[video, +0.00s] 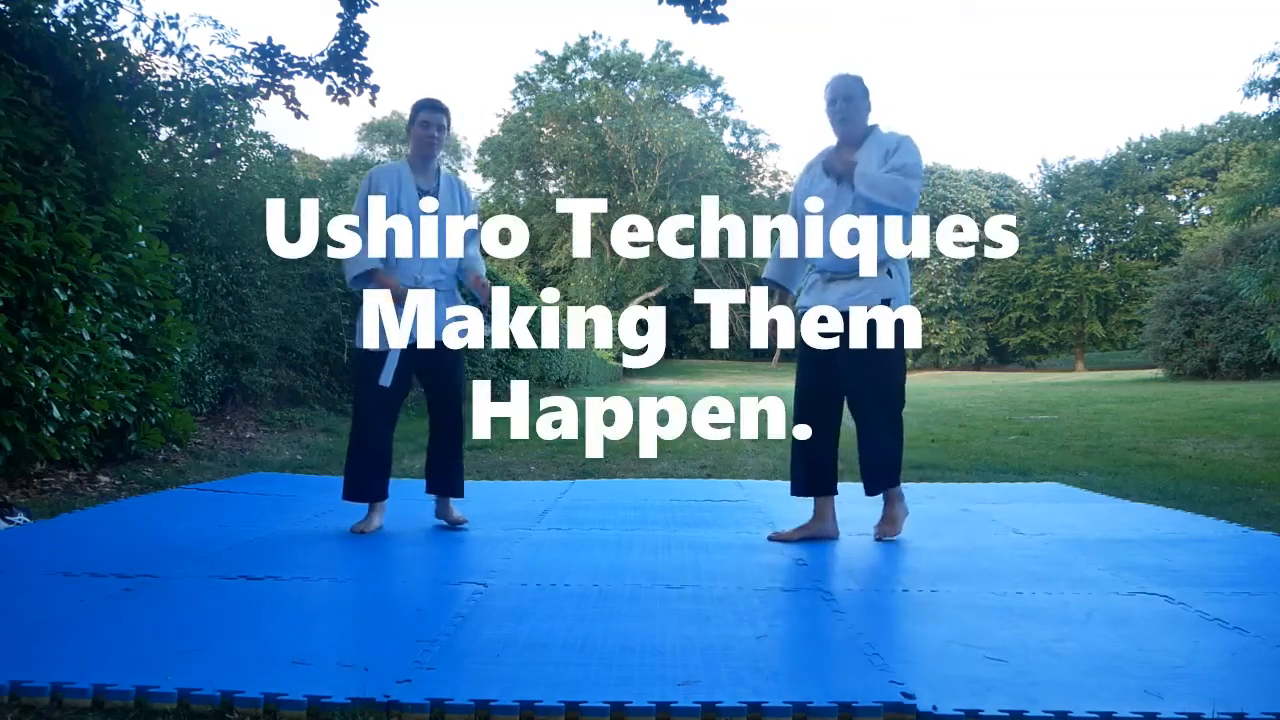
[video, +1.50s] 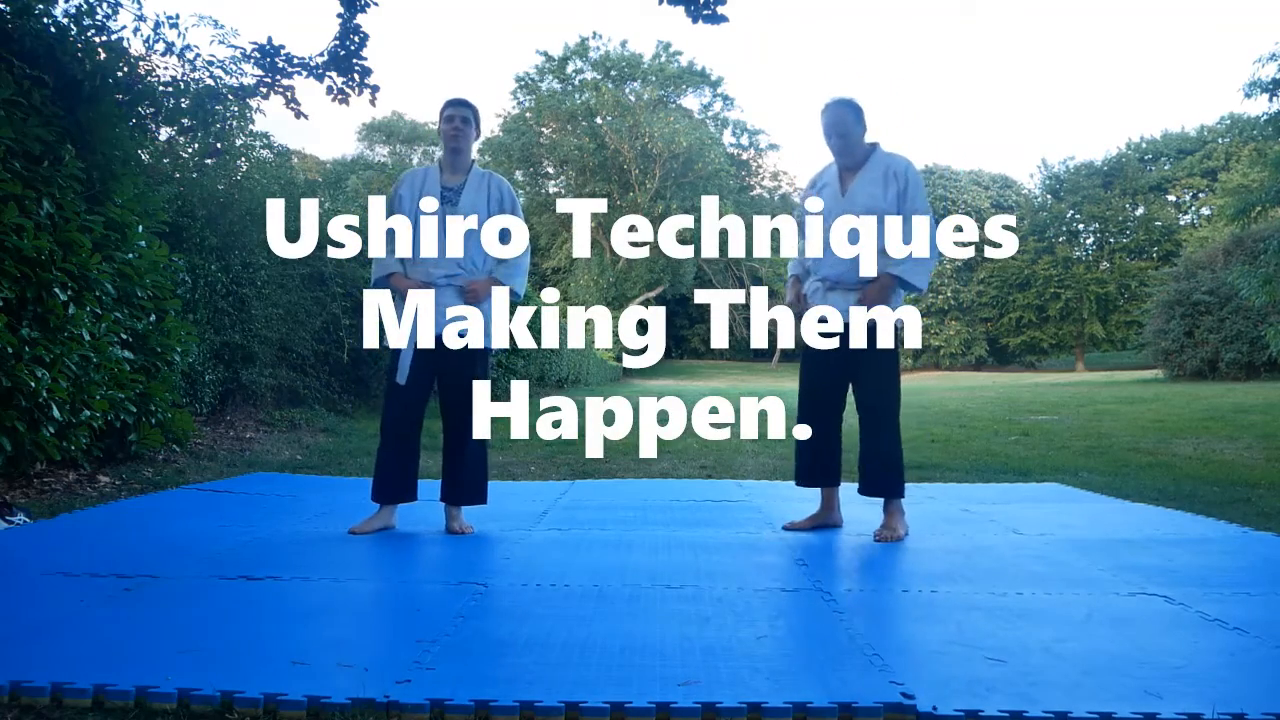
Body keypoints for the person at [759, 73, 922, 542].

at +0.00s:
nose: (841, 109)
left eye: (849, 100)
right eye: (833, 103)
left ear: (868, 104)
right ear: (825, 110)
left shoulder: (896, 147)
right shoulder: (813, 170)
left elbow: (905, 195)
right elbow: (793, 232)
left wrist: (853, 167)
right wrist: (776, 289)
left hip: (878, 299)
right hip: (819, 302)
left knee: (877, 406)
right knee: (815, 409)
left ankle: (893, 501)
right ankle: (823, 516)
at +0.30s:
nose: (865, 110)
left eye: (874, 102)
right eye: (857, 104)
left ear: (891, 110)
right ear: (848, 113)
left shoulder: (916, 156)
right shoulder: (831, 169)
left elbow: (939, 209)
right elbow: (811, 235)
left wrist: (889, 188)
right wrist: (803, 296)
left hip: (891, 301)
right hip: (833, 303)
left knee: (892, 409)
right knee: (824, 409)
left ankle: (896, 512)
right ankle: (823, 516)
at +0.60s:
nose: (887, 114)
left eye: (896, 107)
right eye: (881, 107)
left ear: (915, 116)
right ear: (871, 115)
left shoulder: (937, 165)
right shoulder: (849, 171)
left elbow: (958, 224)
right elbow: (827, 241)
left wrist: (905, 205)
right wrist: (815, 301)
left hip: (905, 303)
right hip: (848, 303)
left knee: (901, 411)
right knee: (834, 409)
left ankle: (896, 515)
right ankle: (826, 513)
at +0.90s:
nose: (886, 118)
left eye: (896, 111)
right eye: (881, 111)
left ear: (916, 117)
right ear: (872, 118)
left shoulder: (938, 163)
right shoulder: (854, 174)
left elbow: (962, 220)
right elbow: (831, 244)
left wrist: (906, 221)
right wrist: (817, 302)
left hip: (907, 304)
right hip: (849, 305)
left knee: (902, 410)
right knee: (832, 405)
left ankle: (897, 512)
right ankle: (834, 504)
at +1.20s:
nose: (862, 131)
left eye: (870, 122)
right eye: (856, 124)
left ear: (891, 120)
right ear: (850, 127)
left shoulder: (921, 165)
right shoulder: (840, 181)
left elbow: (938, 229)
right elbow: (820, 241)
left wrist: (896, 260)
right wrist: (803, 280)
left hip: (892, 303)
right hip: (837, 304)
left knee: (893, 408)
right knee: (826, 406)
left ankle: (895, 513)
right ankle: (829, 507)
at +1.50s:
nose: (836, 143)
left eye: (843, 134)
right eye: (829, 136)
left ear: (863, 128)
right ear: (822, 136)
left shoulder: (898, 171)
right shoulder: (818, 184)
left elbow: (922, 237)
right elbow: (803, 245)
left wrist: (890, 281)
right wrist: (795, 283)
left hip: (876, 309)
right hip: (822, 309)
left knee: (879, 410)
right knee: (820, 409)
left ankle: (893, 513)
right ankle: (829, 507)